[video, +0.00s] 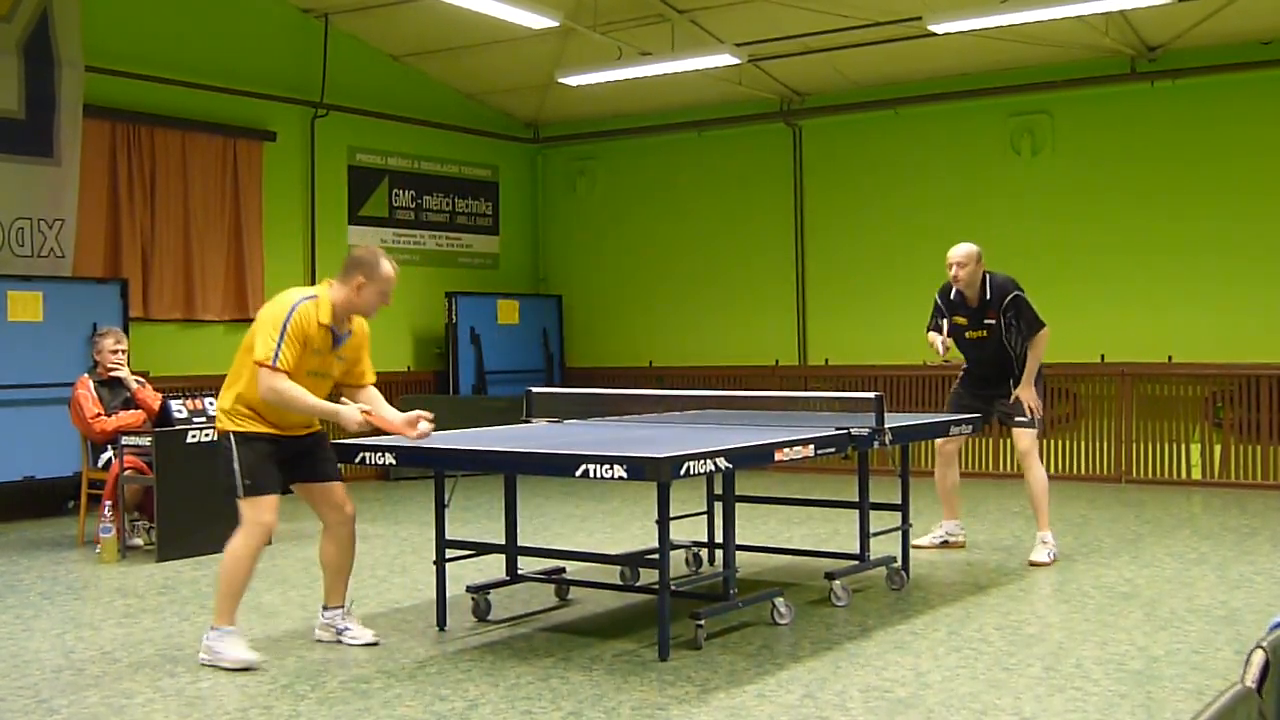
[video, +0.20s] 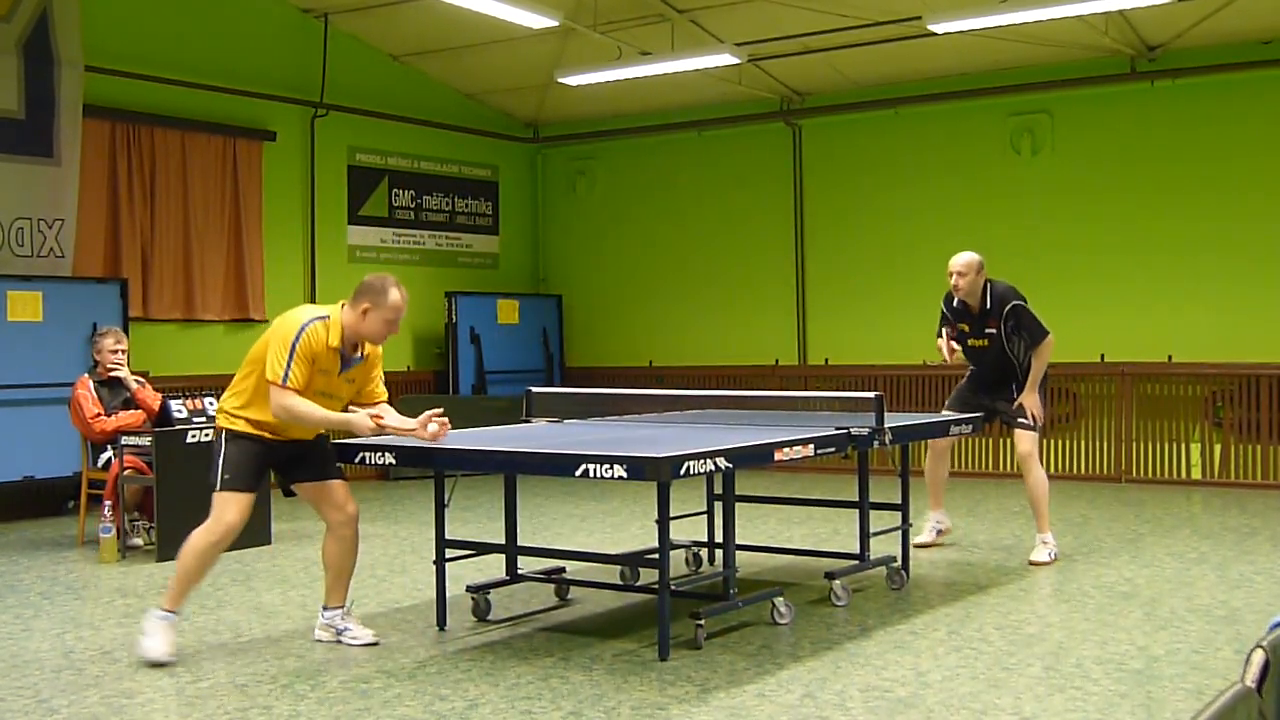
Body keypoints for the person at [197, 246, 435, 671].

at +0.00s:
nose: (387, 301)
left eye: (390, 292)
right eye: (385, 292)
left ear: (361, 285)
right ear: (358, 284)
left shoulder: (356, 328)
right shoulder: (293, 310)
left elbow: (360, 389)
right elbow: (269, 386)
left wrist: (398, 421)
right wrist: (336, 411)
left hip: (303, 426)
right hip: (248, 423)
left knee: (340, 514)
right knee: (258, 524)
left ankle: (333, 618)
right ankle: (220, 633)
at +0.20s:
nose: (394, 330)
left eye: (398, 322)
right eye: (392, 320)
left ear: (372, 313)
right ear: (363, 309)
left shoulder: (369, 350)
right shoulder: (301, 330)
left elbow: (374, 409)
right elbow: (283, 405)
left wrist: (414, 425)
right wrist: (348, 422)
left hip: (302, 433)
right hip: (246, 426)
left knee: (344, 513)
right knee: (227, 522)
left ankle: (333, 617)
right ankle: (164, 616)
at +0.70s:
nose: (369, 378)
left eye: (373, 369)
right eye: (364, 368)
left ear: (342, 360)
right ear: (334, 359)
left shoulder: (349, 391)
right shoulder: (282, 373)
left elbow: (351, 455)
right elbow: (286, 451)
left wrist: (395, 440)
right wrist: (353, 446)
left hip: (285, 472)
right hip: (229, 469)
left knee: (351, 515)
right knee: (198, 556)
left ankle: (335, 616)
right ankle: (137, 625)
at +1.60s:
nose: (323, 349)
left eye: (325, 342)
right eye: (317, 342)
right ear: (285, 336)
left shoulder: (315, 360)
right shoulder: (240, 353)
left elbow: (341, 415)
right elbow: (267, 409)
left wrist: (386, 407)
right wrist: (332, 389)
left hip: (278, 468)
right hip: (218, 472)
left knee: (347, 517)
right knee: (190, 559)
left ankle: (334, 616)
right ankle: (140, 624)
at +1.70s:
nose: (311, 335)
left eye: (313, 327)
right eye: (304, 326)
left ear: (314, 324)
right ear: (273, 320)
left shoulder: (305, 350)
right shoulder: (228, 337)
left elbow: (335, 398)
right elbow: (244, 388)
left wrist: (368, 374)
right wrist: (304, 357)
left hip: (273, 461)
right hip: (213, 466)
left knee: (340, 515)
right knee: (185, 556)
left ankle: (335, 617)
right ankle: (139, 625)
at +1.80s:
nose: (295, 303)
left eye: (297, 295)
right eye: (287, 295)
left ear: (297, 294)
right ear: (255, 295)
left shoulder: (293, 329)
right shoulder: (213, 317)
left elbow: (323, 380)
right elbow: (182, 357)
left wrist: (349, 349)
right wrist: (244, 338)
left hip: (268, 452)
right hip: (203, 456)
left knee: (332, 517)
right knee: (177, 550)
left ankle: (334, 617)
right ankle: (137, 625)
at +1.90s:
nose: (292, 291)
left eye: (293, 282)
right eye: (283, 284)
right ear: (251, 286)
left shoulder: (289, 323)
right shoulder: (206, 308)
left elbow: (318, 379)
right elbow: (145, 334)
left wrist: (342, 358)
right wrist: (206, 323)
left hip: (265, 448)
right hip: (199, 451)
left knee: (327, 517)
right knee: (174, 548)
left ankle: (333, 616)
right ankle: (135, 626)